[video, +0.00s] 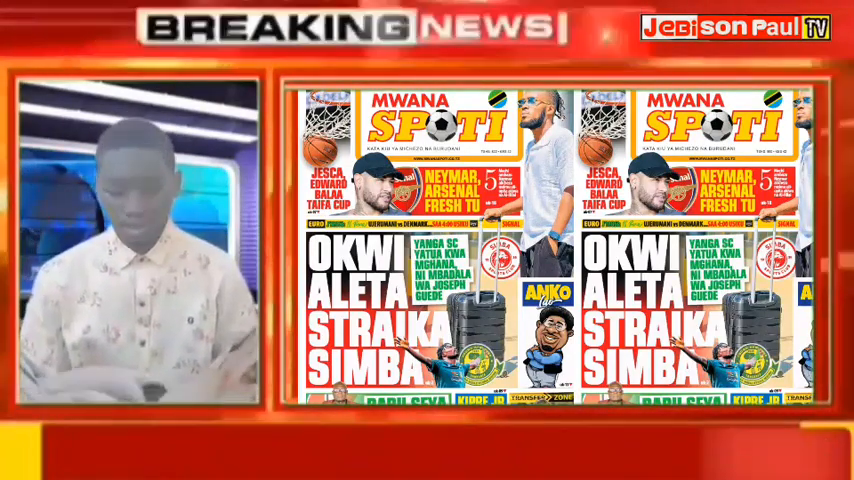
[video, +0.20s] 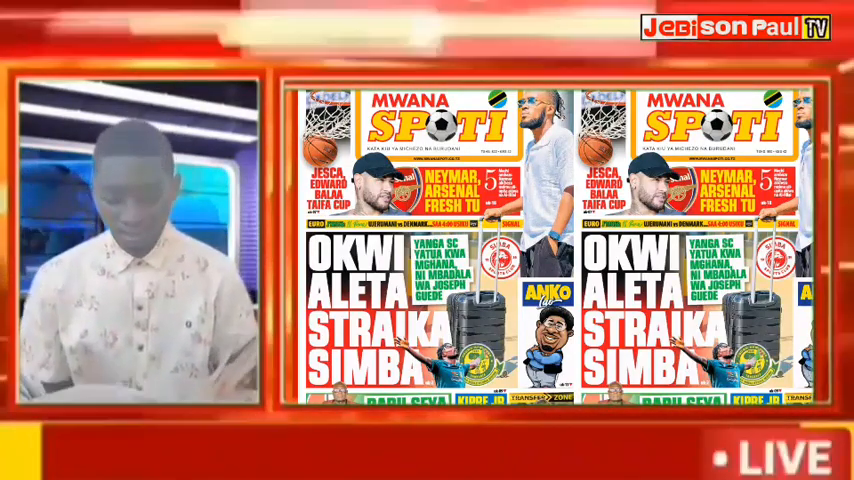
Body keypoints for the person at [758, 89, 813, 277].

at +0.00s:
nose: (799, 107)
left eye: (807, 101)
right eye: (797, 102)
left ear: (820, 107)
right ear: (794, 109)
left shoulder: (827, 148)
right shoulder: (806, 149)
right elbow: (805, 196)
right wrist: (777, 211)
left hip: (820, 239)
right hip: (804, 239)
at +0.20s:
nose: (799, 108)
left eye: (806, 101)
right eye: (797, 102)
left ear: (820, 108)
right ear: (794, 109)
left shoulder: (827, 148)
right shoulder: (806, 149)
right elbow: (805, 196)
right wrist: (777, 211)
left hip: (819, 239)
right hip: (803, 239)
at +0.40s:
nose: (799, 107)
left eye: (807, 101)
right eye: (797, 102)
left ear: (820, 108)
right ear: (794, 109)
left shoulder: (827, 148)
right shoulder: (806, 149)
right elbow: (805, 196)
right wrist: (777, 211)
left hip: (820, 240)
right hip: (804, 239)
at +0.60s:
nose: (800, 107)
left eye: (806, 101)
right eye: (797, 103)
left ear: (820, 107)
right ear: (794, 110)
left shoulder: (827, 148)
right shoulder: (806, 149)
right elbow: (804, 196)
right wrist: (777, 211)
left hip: (821, 239)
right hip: (804, 239)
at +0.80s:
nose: (800, 107)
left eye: (806, 101)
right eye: (797, 103)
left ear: (820, 107)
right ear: (794, 110)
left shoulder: (827, 148)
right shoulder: (806, 149)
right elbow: (804, 196)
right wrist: (777, 211)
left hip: (820, 239)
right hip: (803, 239)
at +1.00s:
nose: (799, 107)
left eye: (806, 101)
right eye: (797, 103)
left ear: (820, 107)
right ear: (794, 109)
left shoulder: (827, 148)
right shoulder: (806, 149)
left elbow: (833, 192)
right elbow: (805, 196)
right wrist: (777, 211)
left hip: (820, 239)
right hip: (804, 239)